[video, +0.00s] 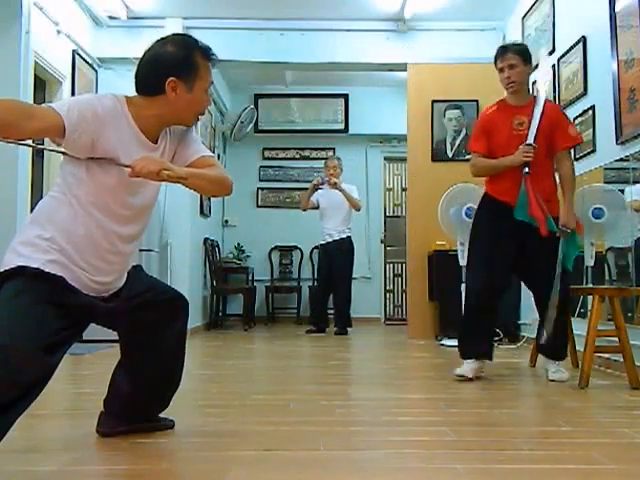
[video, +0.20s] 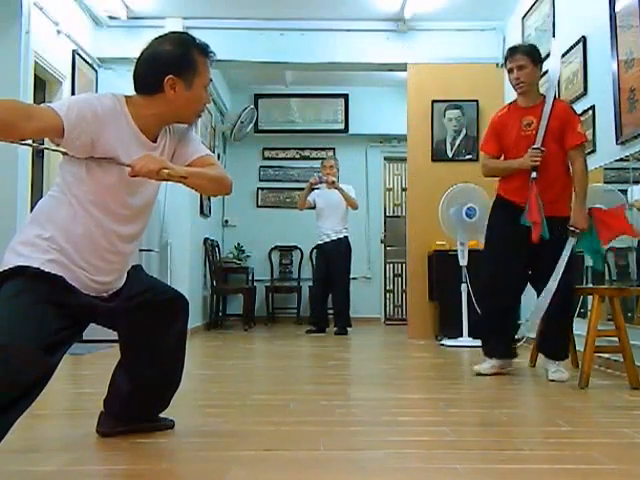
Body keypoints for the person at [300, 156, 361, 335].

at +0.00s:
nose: (332, 172)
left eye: (335, 168)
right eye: (329, 168)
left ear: (341, 170)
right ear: (325, 171)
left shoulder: (349, 189)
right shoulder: (321, 194)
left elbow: (357, 207)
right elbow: (304, 206)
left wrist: (340, 189)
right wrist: (311, 188)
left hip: (343, 242)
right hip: (326, 243)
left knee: (342, 286)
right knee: (322, 285)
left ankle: (342, 325)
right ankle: (320, 324)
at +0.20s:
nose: (329, 171)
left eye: (332, 167)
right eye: (326, 168)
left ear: (337, 170)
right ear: (321, 171)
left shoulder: (346, 189)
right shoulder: (317, 194)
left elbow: (354, 206)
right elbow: (301, 206)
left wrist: (338, 188)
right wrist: (308, 188)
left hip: (340, 242)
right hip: (323, 243)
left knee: (340, 286)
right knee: (319, 286)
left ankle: (341, 325)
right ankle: (319, 324)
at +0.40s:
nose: (327, 171)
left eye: (330, 167)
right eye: (324, 168)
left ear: (335, 169)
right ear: (319, 171)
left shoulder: (344, 189)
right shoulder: (315, 193)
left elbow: (352, 205)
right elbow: (299, 205)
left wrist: (335, 188)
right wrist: (306, 188)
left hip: (339, 241)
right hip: (321, 243)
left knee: (339, 286)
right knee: (319, 287)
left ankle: (341, 324)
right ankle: (319, 323)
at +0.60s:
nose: (325, 171)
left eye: (328, 167)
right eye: (322, 168)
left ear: (333, 170)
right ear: (317, 171)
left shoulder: (342, 189)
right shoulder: (314, 193)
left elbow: (351, 205)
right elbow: (298, 205)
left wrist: (334, 188)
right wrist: (305, 187)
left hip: (337, 242)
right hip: (319, 243)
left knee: (339, 286)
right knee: (318, 287)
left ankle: (341, 324)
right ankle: (318, 323)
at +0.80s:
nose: (324, 171)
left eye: (327, 167)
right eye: (321, 168)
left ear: (332, 170)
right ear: (317, 171)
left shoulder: (342, 189)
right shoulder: (313, 194)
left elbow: (350, 206)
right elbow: (297, 206)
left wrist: (333, 188)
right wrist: (305, 187)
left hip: (337, 241)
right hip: (319, 243)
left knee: (338, 286)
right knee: (317, 287)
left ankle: (341, 324)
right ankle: (318, 323)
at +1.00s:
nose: (324, 171)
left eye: (327, 167)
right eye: (321, 168)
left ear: (332, 170)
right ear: (316, 171)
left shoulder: (341, 189)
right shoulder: (312, 193)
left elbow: (350, 206)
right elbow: (298, 207)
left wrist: (333, 188)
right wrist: (304, 189)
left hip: (336, 242)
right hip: (318, 243)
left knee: (338, 286)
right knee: (317, 287)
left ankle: (341, 324)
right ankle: (318, 323)